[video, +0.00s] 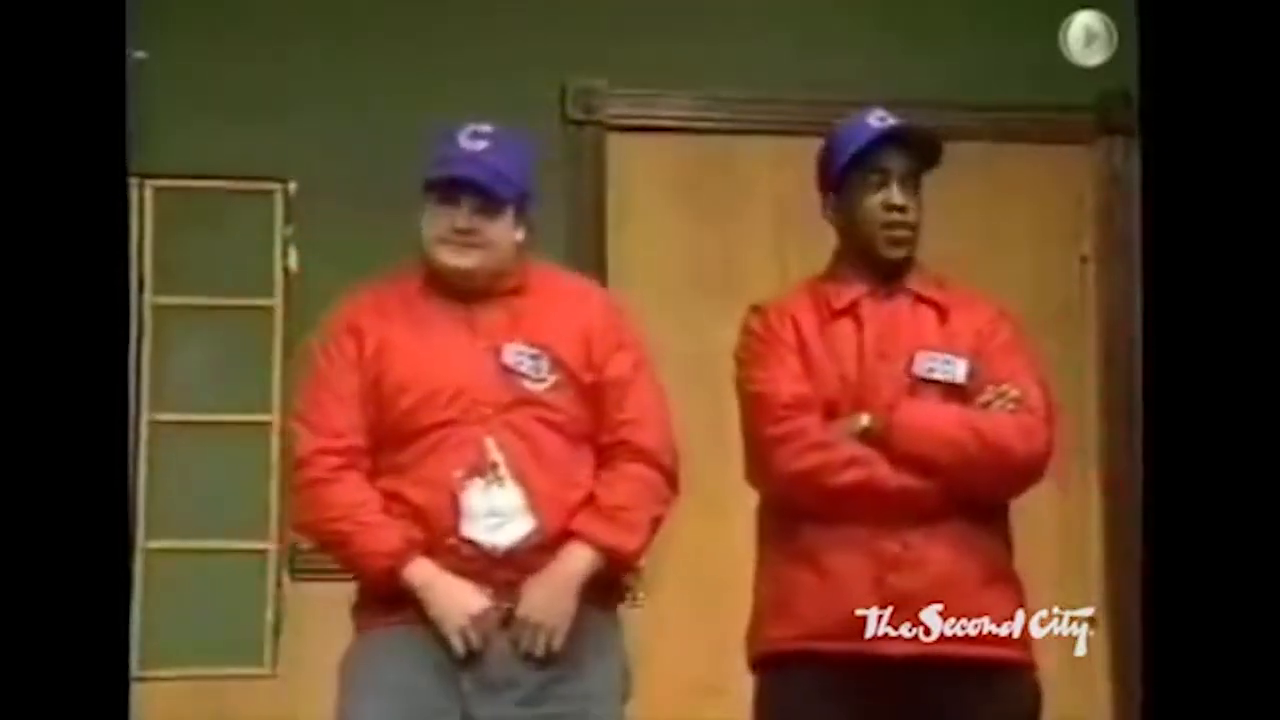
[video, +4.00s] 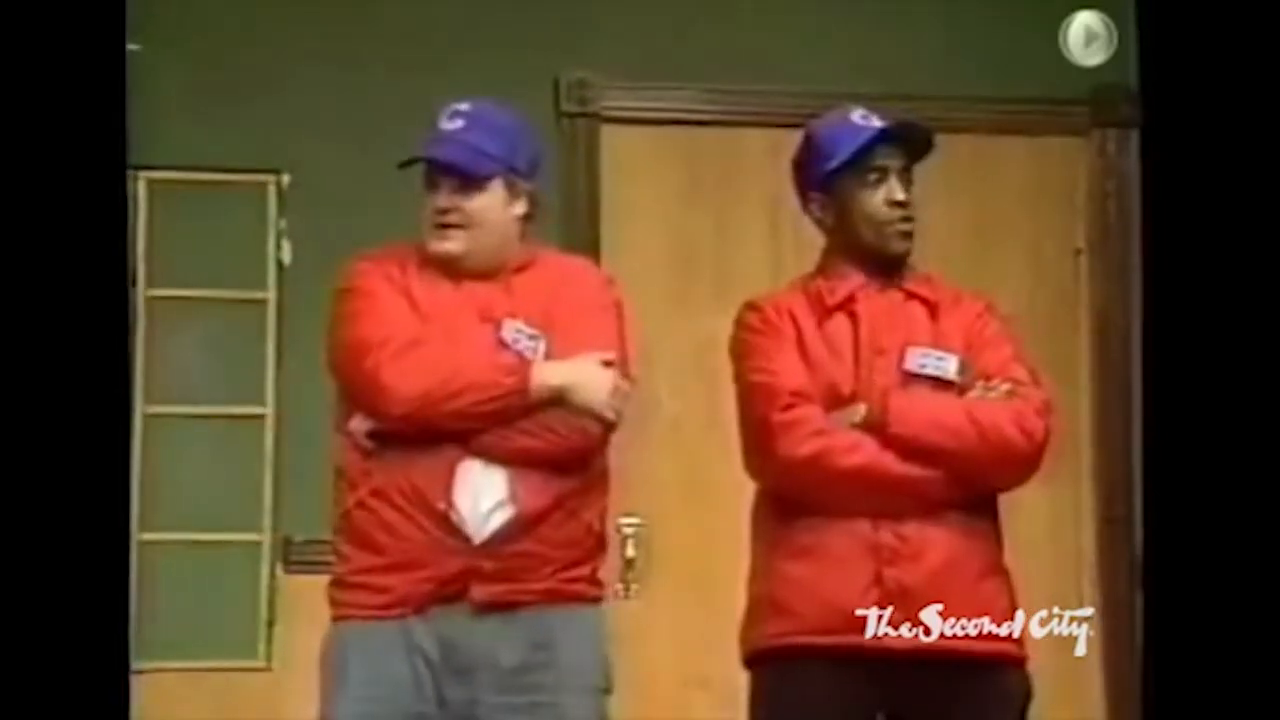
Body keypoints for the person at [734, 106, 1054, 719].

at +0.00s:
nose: (899, 201)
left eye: (910, 183)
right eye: (876, 184)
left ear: (923, 198)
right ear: (833, 204)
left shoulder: (979, 319)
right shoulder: (779, 324)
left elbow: (1023, 446)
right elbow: (788, 464)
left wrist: (878, 427)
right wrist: (962, 466)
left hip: (971, 649)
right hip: (819, 651)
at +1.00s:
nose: (863, 186)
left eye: (888, 170)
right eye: (853, 170)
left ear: (932, 193)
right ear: (838, 187)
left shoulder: (986, 305)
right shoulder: (787, 316)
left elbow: (1014, 444)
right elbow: (780, 459)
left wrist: (952, 323)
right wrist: (940, 456)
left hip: (973, 644)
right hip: (822, 648)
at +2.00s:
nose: (846, 196)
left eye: (869, 179)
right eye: (841, 180)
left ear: (927, 199)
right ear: (832, 190)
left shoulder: (1002, 310)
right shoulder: (799, 315)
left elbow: (1002, 439)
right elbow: (783, 460)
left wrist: (874, 349)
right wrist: (952, 457)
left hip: (972, 649)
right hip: (821, 649)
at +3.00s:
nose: (879, 193)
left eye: (891, 175)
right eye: (856, 178)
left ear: (909, 188)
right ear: (818, 200)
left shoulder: (971, 306)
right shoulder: (776, 317)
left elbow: (1025, 447)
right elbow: (794, 460)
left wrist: (884, 423)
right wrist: (968, 467)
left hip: (967, 645)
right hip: (817, 648)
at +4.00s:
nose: (901, 196)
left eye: (905, 177)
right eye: (873, 179)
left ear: (917, 187)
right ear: (820, 205)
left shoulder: (967, 314)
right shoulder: (773, 319)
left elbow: (1020, 437)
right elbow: (787, 454)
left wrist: (877, 416)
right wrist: (963, 464)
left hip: (964, 645)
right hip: (815, 646)